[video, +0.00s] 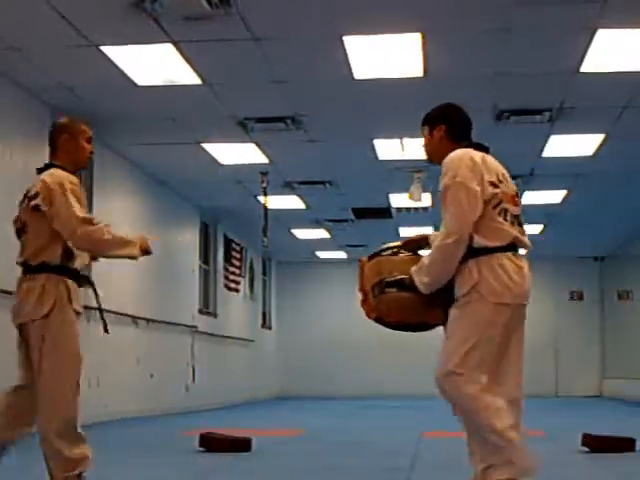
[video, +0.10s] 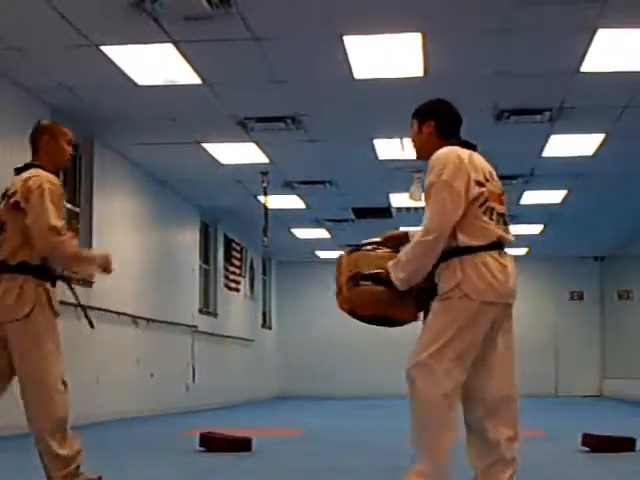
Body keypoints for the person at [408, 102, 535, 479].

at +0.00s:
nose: (424, 144)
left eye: (426, 135)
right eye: (424, 136)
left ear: (441, 132)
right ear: (459, 133)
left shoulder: (459, 161)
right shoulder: (488, 164)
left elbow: (456, 230)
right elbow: (481, 231)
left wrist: (423, 276)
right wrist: (427, 239)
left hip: (488, 276)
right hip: (513, 274)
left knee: (454, 374)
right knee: (501, 381)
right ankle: (495, 469)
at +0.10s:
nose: (411, 139)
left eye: (413, 130)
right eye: (411, 131)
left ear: (430, 128)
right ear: (447, 129)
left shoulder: (448, 159)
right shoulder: (477, 162)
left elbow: (436, 230)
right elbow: (465, 229)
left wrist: (399, 272)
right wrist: (411, 236)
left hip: (470, 280)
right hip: (497, 279)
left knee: (429, 372)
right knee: (490, 385)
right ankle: (497, 471)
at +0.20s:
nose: (399, 137)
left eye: (402, 128)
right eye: (400, 129)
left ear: (417, 126)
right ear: (437, 128)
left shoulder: (434, 159)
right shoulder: (465, 163)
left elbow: (415, 229)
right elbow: (442, 227)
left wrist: (374, 269)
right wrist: (391, 232)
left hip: (453, 281)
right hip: (481, 277)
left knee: (415, 377)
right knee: (481, 385)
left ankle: (369, 470)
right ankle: (496, 471)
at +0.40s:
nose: (360, 135)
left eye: (364, 126)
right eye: (361, 127)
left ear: (379, 126)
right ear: (397, 129)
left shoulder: (391, 163)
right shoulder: (426, 164)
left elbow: (368, 235)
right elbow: (401, 226)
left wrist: (326, 276)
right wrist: (349, 233)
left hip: (413, 283)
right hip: (447, 279)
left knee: (381, 380)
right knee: (458, 386)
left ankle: (365, 472)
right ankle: (488, 472)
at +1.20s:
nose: (355, 150)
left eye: (356, 140)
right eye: (353, 142)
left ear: (375, 135)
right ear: (391, 135)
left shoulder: (393, 170)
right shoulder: (428, 167)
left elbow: (385, 237)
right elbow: (411, 236)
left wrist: (335, 236)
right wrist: (352, 250)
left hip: (416, 283)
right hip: (448, 277)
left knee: (367, 378)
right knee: (456, 386)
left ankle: (363, 471)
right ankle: (514, 467)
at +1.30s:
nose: (383, 148)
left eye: (383, 138)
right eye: (380, 141)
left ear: (402, 130)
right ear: (410, 131)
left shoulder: (426, 158)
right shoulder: (445, 160)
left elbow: (419, 223)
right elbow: (433, 231)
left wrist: (380, 217)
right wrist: (387, 233)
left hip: (444, 277)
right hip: (469, 275)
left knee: (401, 383)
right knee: (474, 389)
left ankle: (369, 472)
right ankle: (522, 473)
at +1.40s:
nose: (404, 146)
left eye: (406, 136)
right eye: (402, 138)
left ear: (425, 129)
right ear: (433, 130)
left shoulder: (453, 155)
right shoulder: (463, 158)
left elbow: (446, 221)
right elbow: (449, 235)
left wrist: (396, 231)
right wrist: (399, 252)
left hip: (474, 275)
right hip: (492, 273)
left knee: (433, 378)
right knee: (489, 388)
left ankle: (415, 471)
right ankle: (523, 472)